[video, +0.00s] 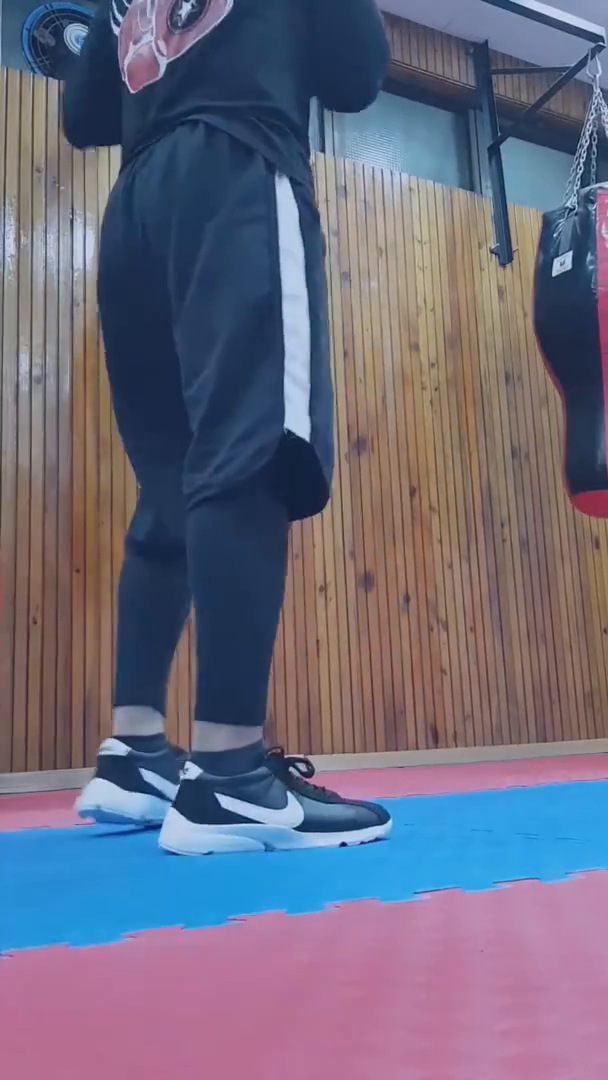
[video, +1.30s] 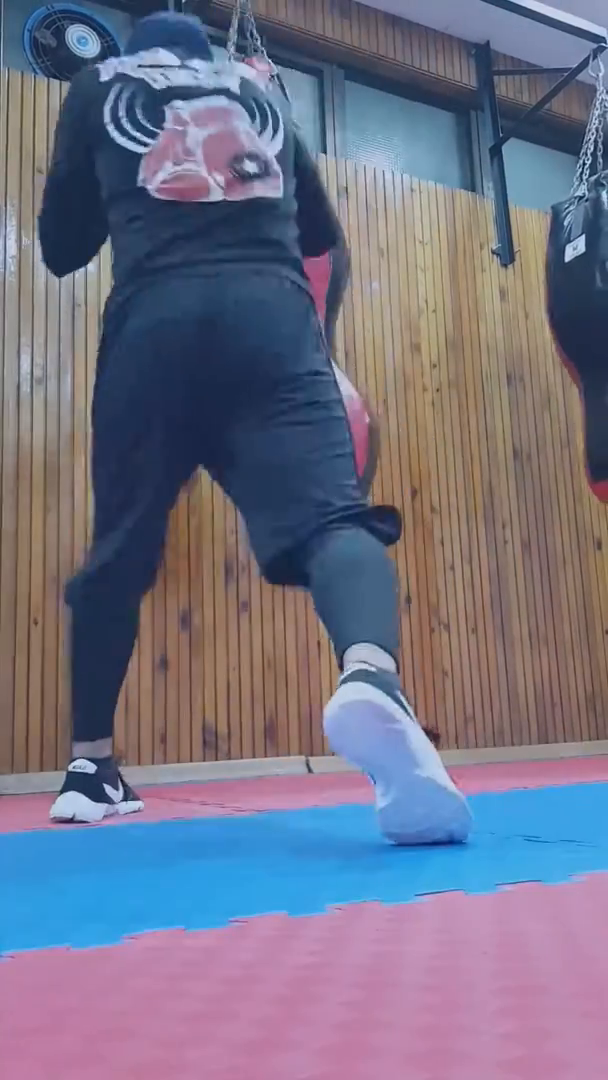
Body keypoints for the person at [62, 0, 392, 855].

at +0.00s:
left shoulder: (133, 7)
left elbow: (88, 119)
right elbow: (352, 80)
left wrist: (91, 39)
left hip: (134, 189)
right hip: (237, 174)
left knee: (170, 484)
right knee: (244, 467)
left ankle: (134, 755)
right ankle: (231, 771)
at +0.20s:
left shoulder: (129, 12)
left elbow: (129, 108)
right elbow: (352, 105)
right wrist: (252, 76)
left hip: (133, 182)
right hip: (252, 164)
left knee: (147, 468)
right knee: (362, 452)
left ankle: (124, 766)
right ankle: (272, 719)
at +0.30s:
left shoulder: (117, 18)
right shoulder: (306, 1)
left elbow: (131, 136)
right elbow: (358, 98)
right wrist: (296, 164)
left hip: (149, 189)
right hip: (267, 158)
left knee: (154, 474)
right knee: (411, 429)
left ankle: (126, 766)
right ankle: (345, 680)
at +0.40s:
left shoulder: (122, 10)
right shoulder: (327, 4)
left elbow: (132, 125)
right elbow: (371, 88)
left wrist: (183, 183)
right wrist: (333, 148)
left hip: (173, 172)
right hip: (299, 135)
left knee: (167, 472)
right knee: (418, 421)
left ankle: (128, 764)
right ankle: (430, 670)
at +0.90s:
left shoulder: (197, 49)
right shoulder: (360, 27)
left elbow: (126, 199)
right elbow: (409, 212)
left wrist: (221, 168)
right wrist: (323, 184)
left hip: (153, 268)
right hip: (258, 247)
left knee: (222, 499)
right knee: (386, 491)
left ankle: (131, 699)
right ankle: (384, 743)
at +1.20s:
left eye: (131, 63)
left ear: (146, 59)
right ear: (218, 68)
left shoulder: (124, 84)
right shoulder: (259, 122)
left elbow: (64, 224)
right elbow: (301, 232)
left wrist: (113, 149)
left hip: (162, 292)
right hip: (270, 292)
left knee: (113, 546)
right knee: (314, 494)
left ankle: (88, 765)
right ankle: (375, 668)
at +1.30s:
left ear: (130, 42)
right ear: (211, 36)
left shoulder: (98, 90)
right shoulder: (263, 91)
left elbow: (63, 247)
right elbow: (316, 230)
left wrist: (121, 160)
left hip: (156, 308)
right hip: (270, 300)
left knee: (120, 545)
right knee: (331, 514)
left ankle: (91, 763)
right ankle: (369, 672)